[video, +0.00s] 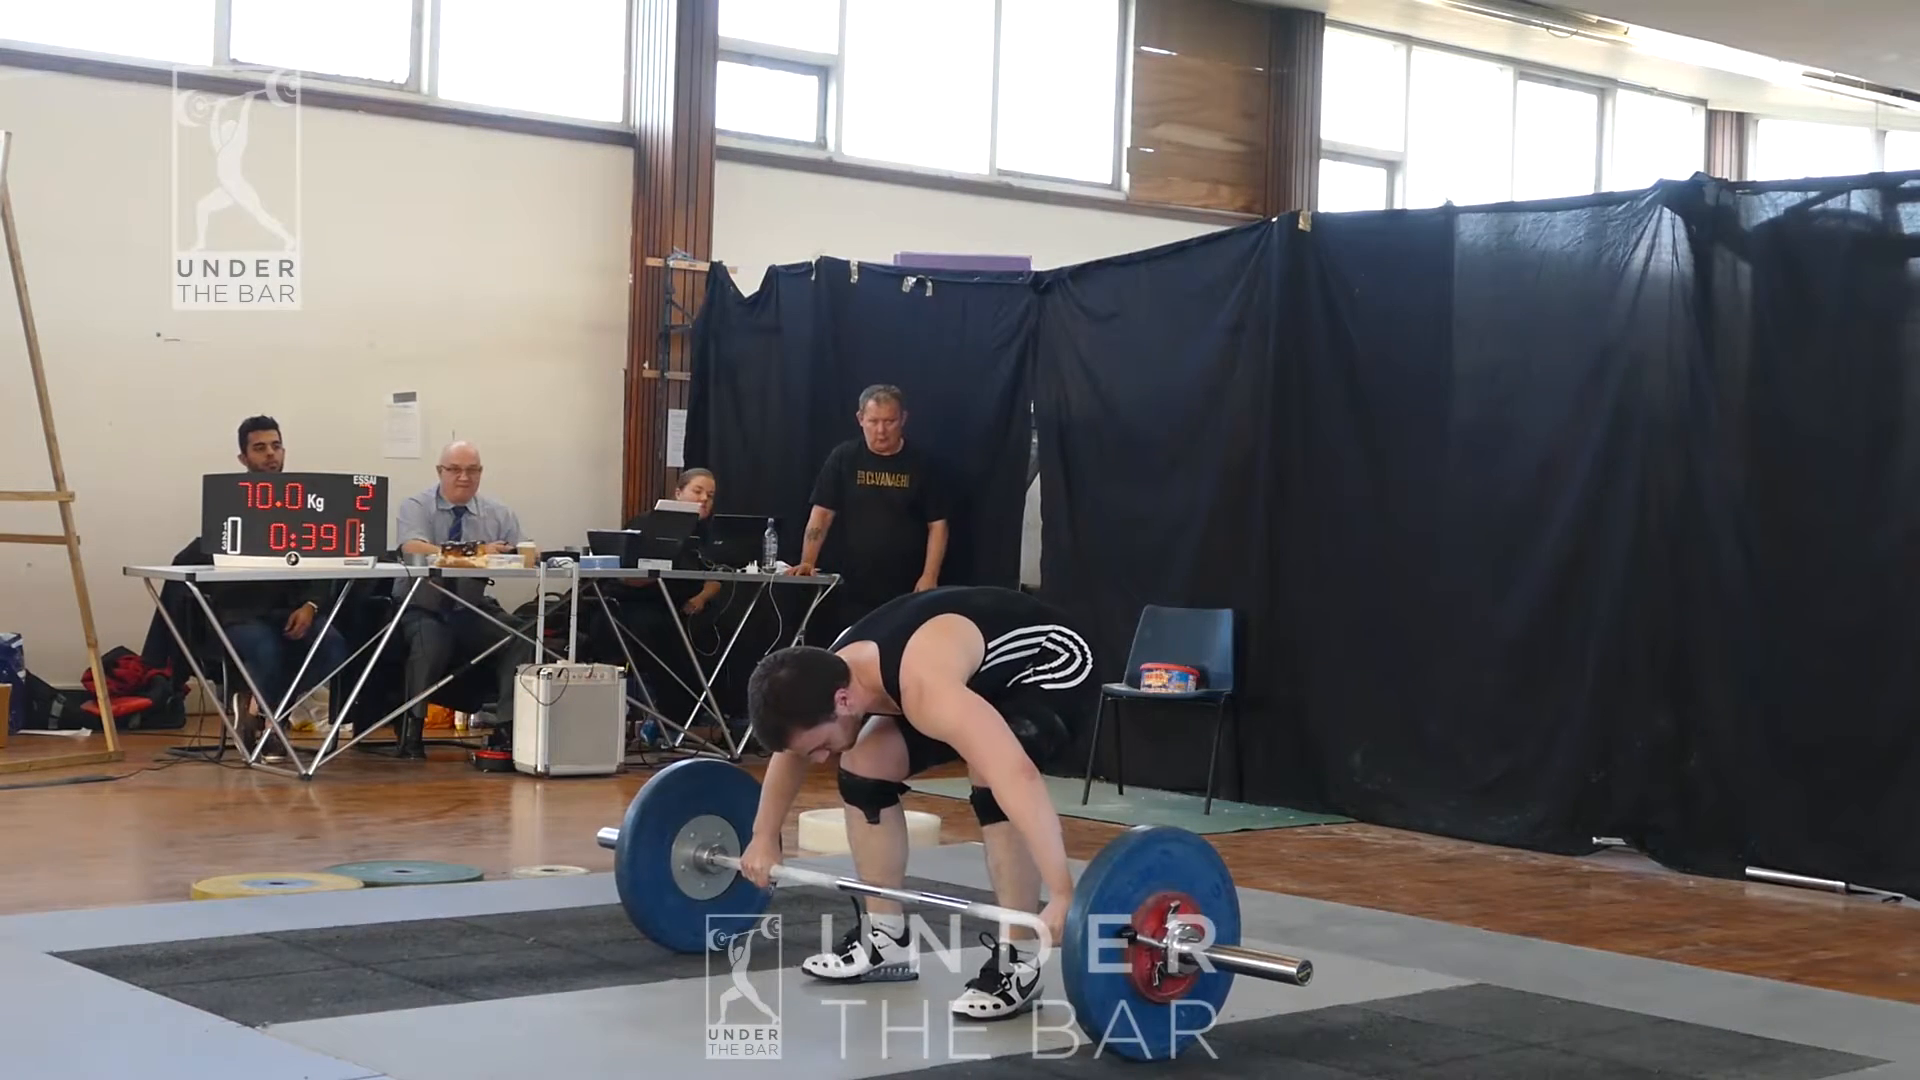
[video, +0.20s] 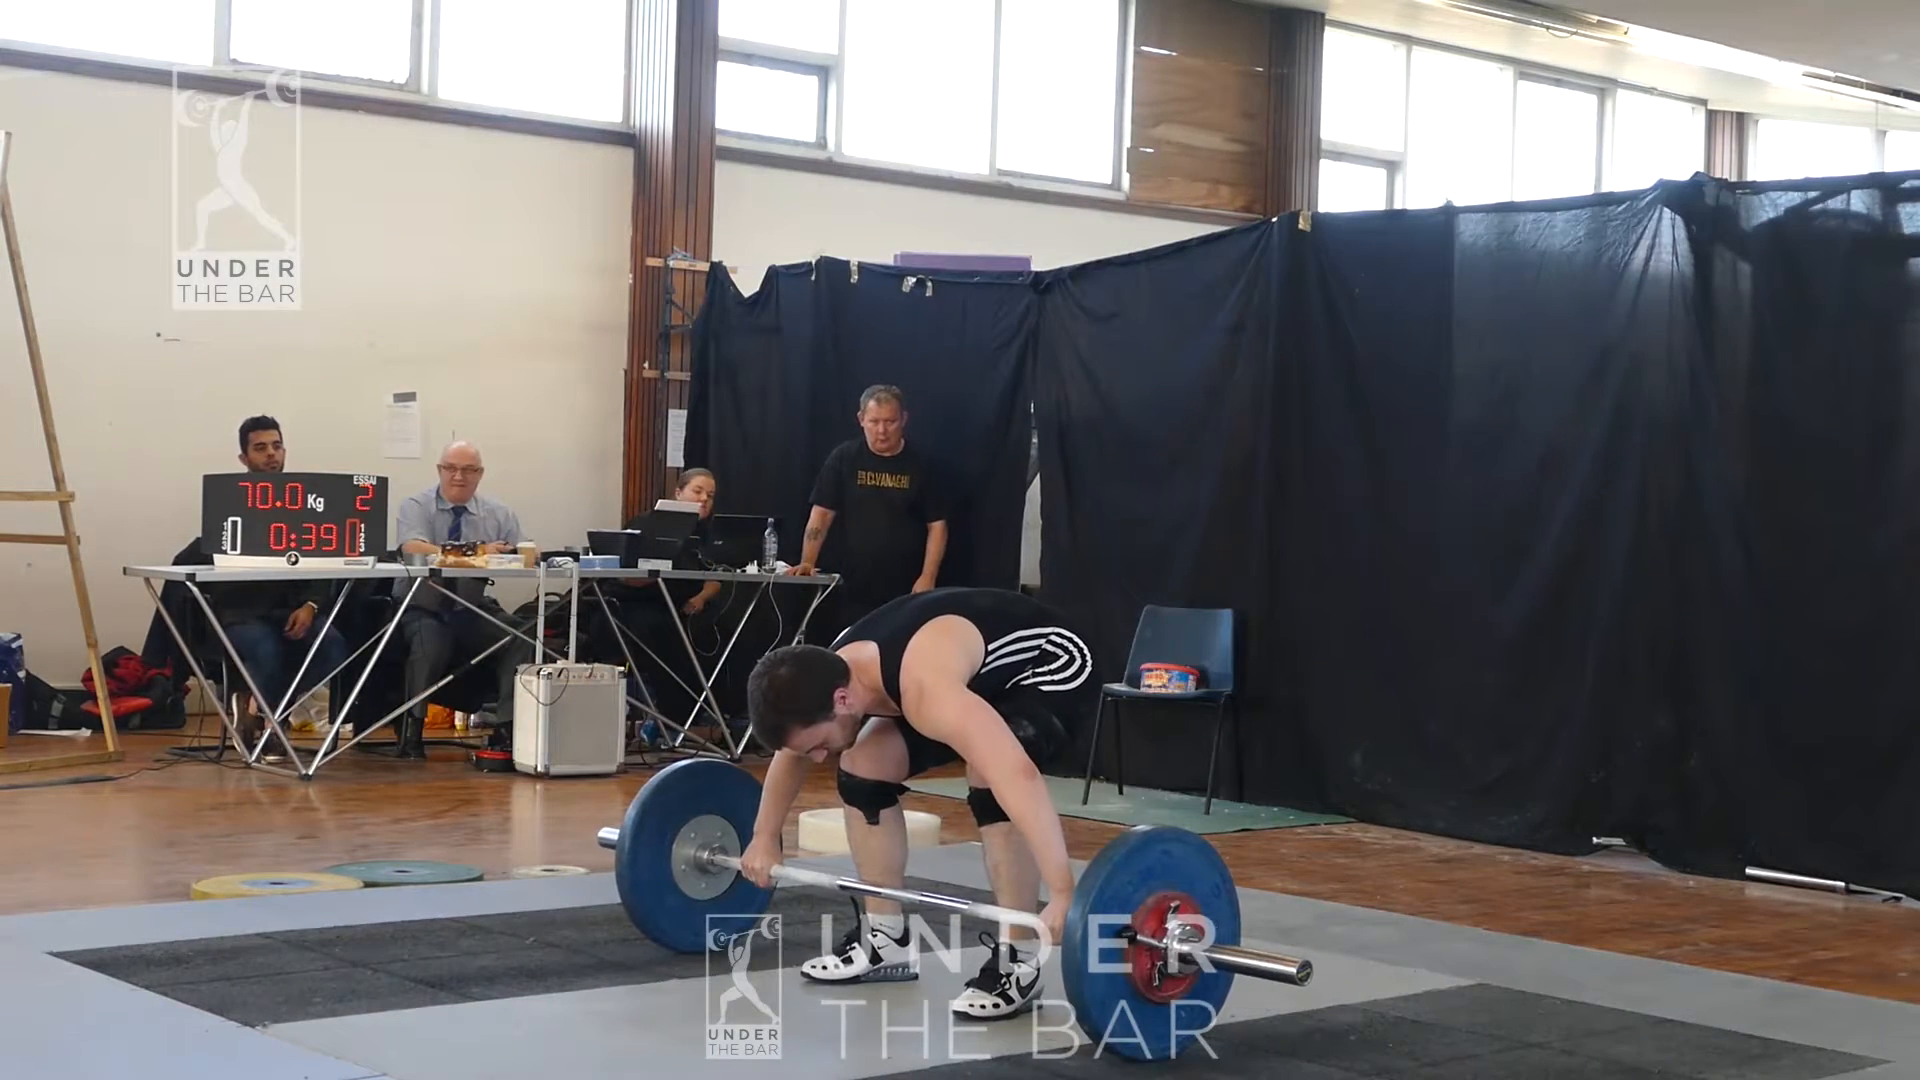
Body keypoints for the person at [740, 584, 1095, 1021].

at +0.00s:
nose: (820, 757)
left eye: (821, 745)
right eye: (804, 754)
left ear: (844, 701)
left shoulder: (931, 690)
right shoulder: (834, 671)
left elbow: (1018, 775)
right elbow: (791, 752)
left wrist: (1061, 892)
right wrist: (764, 834)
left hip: (1057, 665)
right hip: (978, 675)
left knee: (993, 783)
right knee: (864, 769)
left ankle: (1018, 962)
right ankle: (885, 943)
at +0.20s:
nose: (817, 757)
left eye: (818, 745)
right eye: (802, 753)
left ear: (842, 700)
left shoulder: (931, 692)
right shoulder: (834, 671)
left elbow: (1018, 775)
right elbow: (793, 753)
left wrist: (1062, 891)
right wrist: (764, 836)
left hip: (1057, 667)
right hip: (977, 677)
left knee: (990, 781)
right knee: (863, 770)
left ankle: (1018, 962)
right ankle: (885, 943)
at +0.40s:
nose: (815, 757)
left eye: (817, 744)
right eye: (800, 751)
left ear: (841, 699)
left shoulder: (929, 692)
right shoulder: (830, 672)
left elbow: (1017, 775)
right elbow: (792, 751)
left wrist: (1062, 890)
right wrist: (764, 834)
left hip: (1056, 668)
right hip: (976, 678)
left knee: (990, 783)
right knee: (861, 769)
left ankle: (1018, 961)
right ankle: (885, 942)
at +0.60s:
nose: (815, 756)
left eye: (817, 743)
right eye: (800, 751)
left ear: (841, 700)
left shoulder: (929, 692)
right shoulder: (830, 671)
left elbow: (1016, 774)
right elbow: (792, 751)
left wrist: (1061, 891)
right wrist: (763, 834)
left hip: (1055, 667)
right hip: (975, 678)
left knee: (989, 782)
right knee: (861, 769)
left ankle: (1018, 961)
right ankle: (885, 941)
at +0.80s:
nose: (816, 756)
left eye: (818, 743)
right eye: (801, 751)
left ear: (840, 700)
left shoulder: (929, 692)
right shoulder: (828, 673)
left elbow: (1016, 774)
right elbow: (792, 753)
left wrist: (1061, 891)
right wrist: (763, 834)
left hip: (1057, 668)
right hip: (977, 679)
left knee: (989, 781)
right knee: (861, 769)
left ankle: (1018, 961)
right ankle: (885, 941)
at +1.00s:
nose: (814, 754)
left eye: (817, 740)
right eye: (801, 747)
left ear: (843, 697)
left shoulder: (931, 690)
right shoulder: (831, 671)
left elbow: (1016, 774)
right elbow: (793, 753)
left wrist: (1061, 890)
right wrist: (763, 835)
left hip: (1056, 666)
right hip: (976, 677)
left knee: (991, 782)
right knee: (863, 768)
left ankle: (1019, 961)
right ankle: (886, 941)